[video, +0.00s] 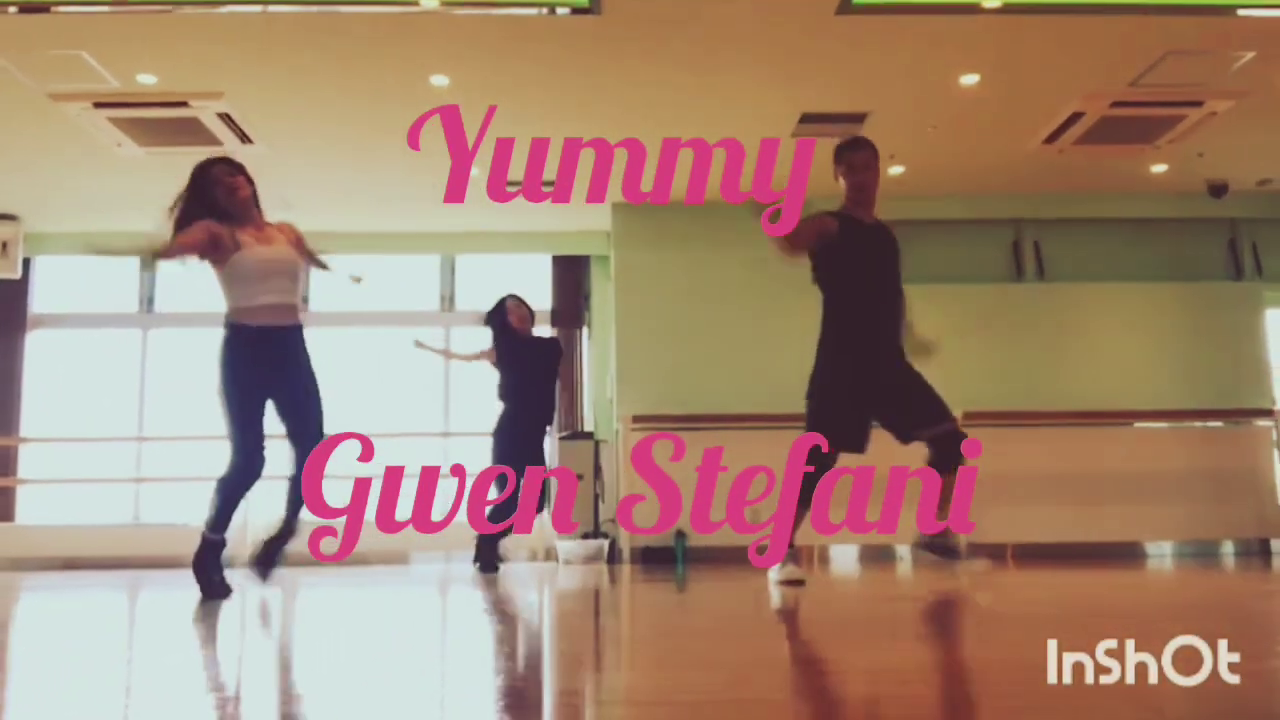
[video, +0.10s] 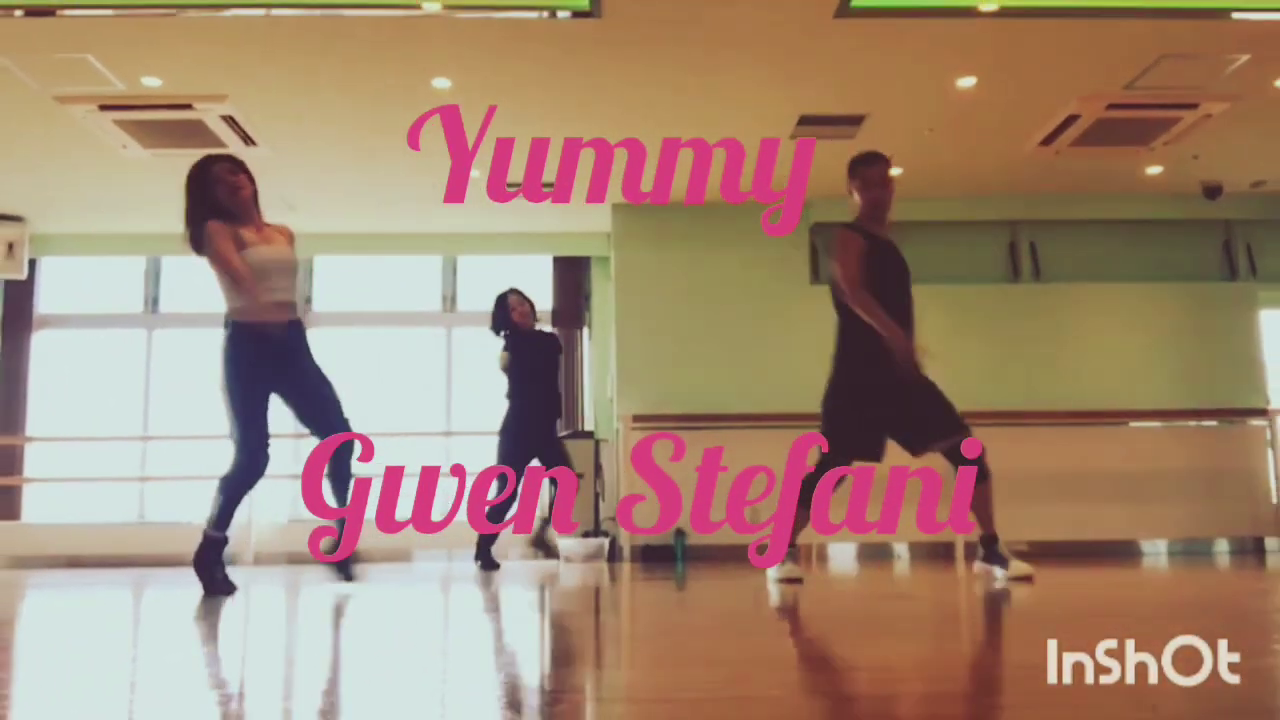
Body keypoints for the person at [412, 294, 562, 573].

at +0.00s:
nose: (520, 313)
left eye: (522, 307)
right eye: (512, 310)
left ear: (531, 313)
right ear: (503, 320)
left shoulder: (549, 346)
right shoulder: (503, 350)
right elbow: (467, 356)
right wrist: (430, 348)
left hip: (534, 430)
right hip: (510, 428)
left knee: (537, 497)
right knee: (510, 493)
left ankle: (493, 535)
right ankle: (486, 550)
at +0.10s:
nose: (522, 310)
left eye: (523, 304)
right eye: (514, 309)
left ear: (531, 306)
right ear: (508, 317)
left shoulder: (549, 341)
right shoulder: (513, 343)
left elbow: (549, 381)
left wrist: (553, 414)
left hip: (544, 425)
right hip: (518, 426)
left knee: (567, 480)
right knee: (507, 489)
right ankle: (484, 547)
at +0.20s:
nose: (530, 313)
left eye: (530, 307)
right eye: (522, 312)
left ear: (538, 312)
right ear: (514, 324)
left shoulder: (552, 347)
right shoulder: (524, 352)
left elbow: (551, 387)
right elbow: (526, 393)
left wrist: (561, 418)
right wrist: (556, 424)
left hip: (553, 427)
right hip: (527, 430)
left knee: (584, 484)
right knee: (517, 493)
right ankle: (488, 545)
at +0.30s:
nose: (541, 323)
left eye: (541, 318)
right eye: (533, 321)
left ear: (547, 323)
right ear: (523, 332)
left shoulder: (560, 355)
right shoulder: (535, 362)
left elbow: (569, 392)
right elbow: (552, 402)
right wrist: (583, 399)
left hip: (562, 439)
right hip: (539, 441)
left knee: (598, 491)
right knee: (521, 499)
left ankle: (640, 542)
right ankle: (489, 546)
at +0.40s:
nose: (551, 325)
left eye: (553, 320)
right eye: (544, 323)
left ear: (560, 324)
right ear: (537, 333)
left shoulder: (576, 352)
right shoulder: (548, 362)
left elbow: (589, 374)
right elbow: (566, 394)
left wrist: (603, 367)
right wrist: (595, 375)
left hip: (582, 429)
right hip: (561, 431)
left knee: (611, 484)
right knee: (537, 490)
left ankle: (639, 541)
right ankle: (493, 541)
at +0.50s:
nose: (564, 316)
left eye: (566, 310)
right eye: (557, 315)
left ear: (575, 314)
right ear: (551, 325)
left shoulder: (596, 344)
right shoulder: (559, 356)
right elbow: (579, 376)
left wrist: (595, 330)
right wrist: (594, 343)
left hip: (606, 425)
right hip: (578, 427)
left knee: (627, 483)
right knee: (552, 484)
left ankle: (639, 542)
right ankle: (514, 533)